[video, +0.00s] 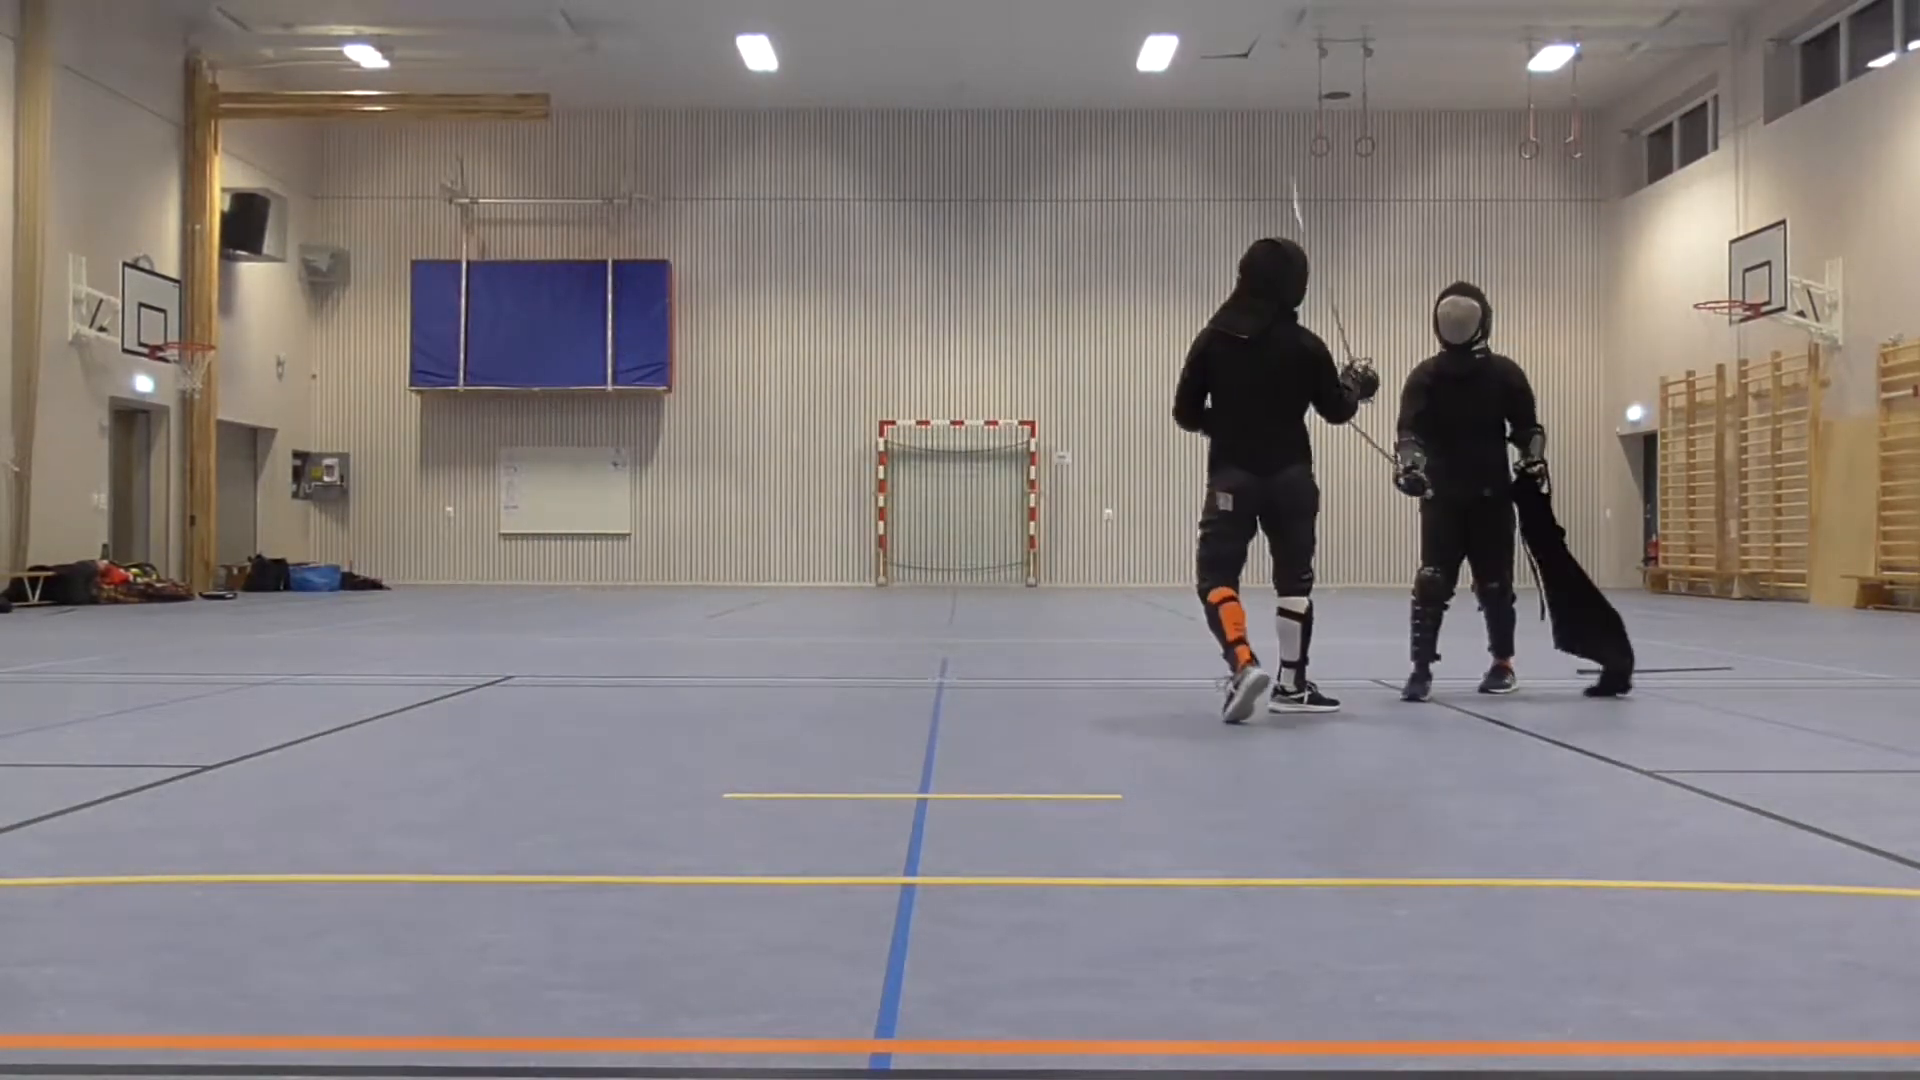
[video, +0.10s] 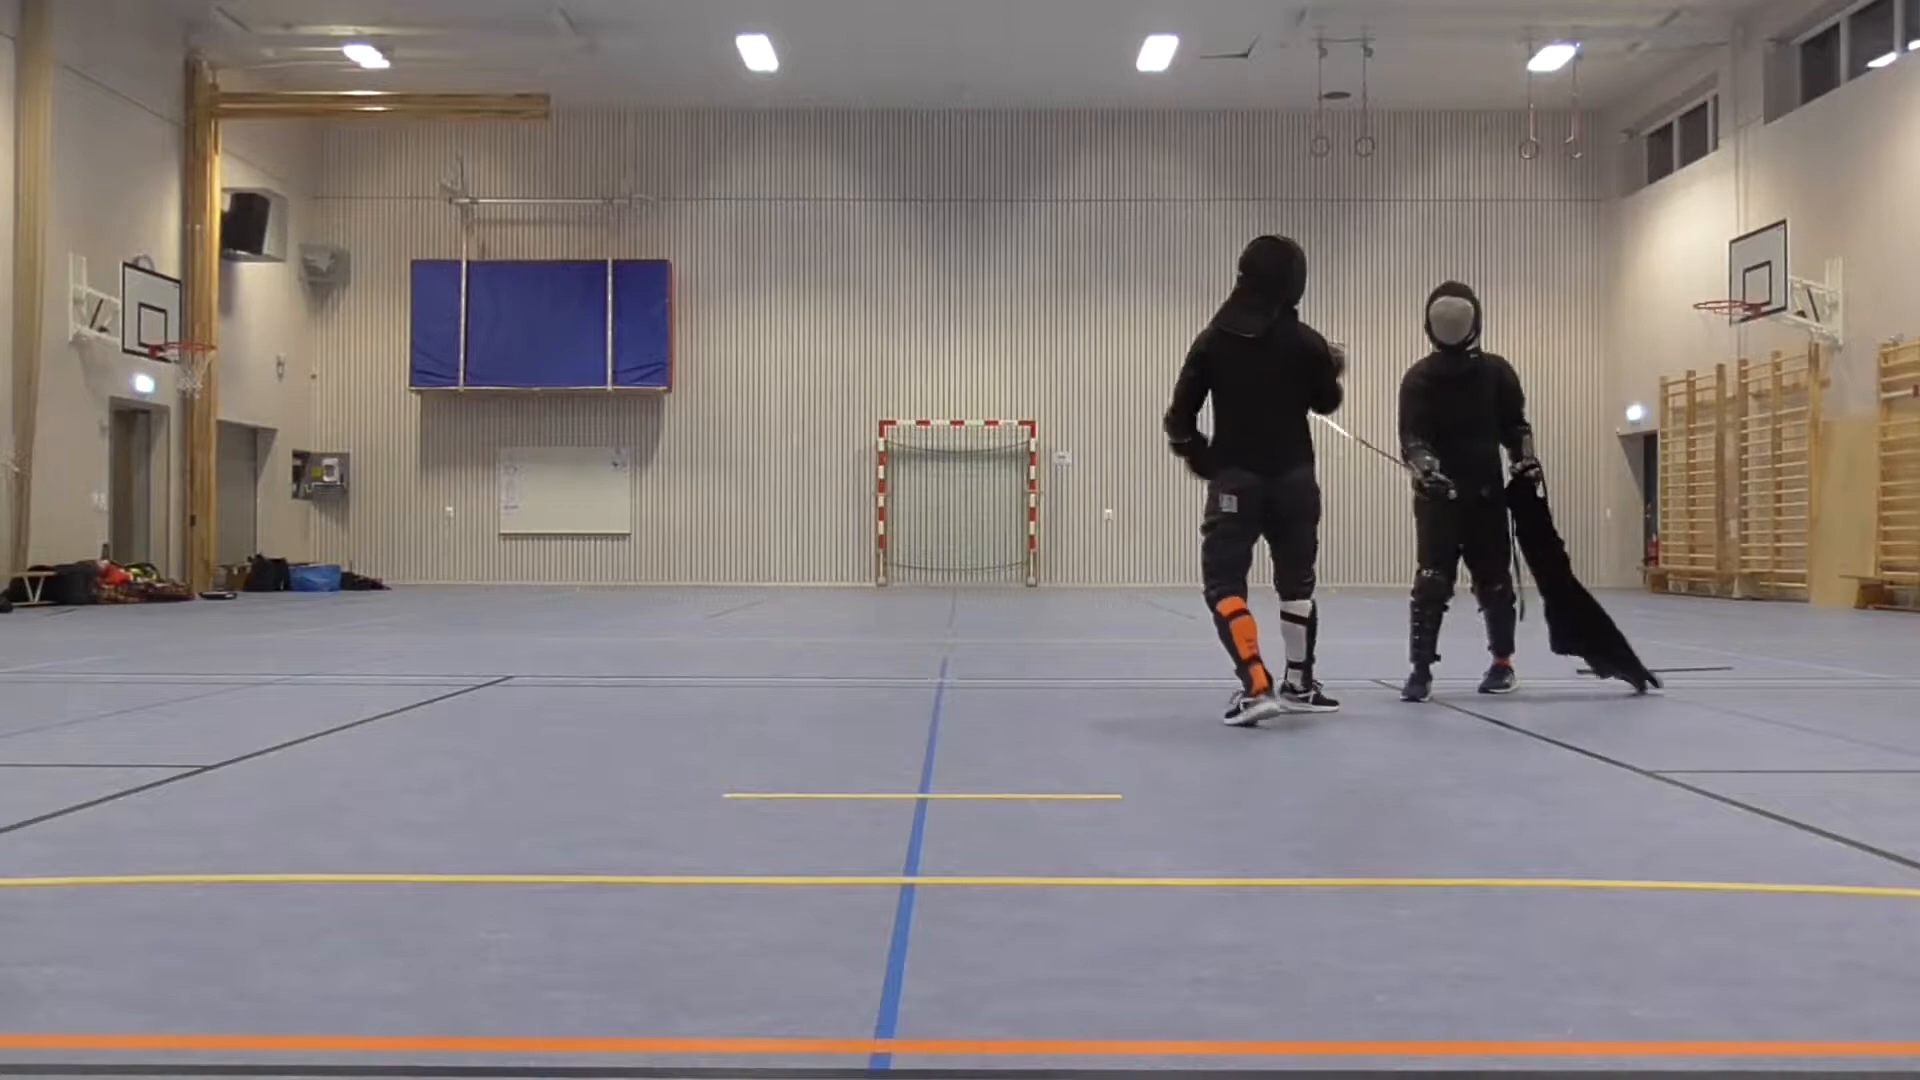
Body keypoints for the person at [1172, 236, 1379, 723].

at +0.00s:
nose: (1304, 290)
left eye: (1302, 282)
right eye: (1301, 283)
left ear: (1246, 280)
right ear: (1294, 288)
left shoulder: (1215, 339)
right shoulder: (1304, 346)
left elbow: (1186, 414)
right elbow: (1335, 411)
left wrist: (1230, 421)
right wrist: (1356, 389)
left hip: (1231, 482)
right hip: (1292, 482)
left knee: (1217, 577)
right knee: (1295, 577)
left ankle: (1244, 667)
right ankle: (1292, 684)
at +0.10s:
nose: (1299, 292)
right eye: (1298, 284)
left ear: (1243, 279)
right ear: (1293, 286)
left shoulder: (1215, 340)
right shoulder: (1306, 343)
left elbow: (1179, 418)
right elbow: (1326, 401)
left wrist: (1206, 464)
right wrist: (1326, 366)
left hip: (1234, 484)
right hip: (1295, 485)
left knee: (1224, 584)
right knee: (1297, 581)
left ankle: (1258, 686)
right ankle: (1300, 683)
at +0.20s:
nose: (1304, 287)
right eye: (1302, 279)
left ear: (1245, 276)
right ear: (1295, 283)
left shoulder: (1217, 337)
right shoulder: (1309, 344)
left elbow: (1179, 404)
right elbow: (1307, 399)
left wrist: (1167, 457)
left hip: (1232, 480)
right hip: (1295, 479)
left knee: (1225, 588)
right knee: (1308, 577)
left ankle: (1261, 696)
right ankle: (1320, 684)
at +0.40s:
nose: (1244, 248)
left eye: (1246, 239)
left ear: (1245, 244)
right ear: (1297, 252)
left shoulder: (1217, 306)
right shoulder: (1311, 319)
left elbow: (1177, 366)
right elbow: (1317, 390)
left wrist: (1162, 423)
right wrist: (1284, 421)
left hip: (1233, 460)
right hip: (1298, 460)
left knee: (1230, 570)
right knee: (1306, 555)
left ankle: (1256, 691)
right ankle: (1311, 649)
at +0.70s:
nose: (1226, 277)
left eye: (1229, 266)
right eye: (1225, 267)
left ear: (1248, 263)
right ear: (1290, 263)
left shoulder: (1234, 319)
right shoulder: (1328, 328)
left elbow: (1206, 402)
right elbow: (1351, 421)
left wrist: (1181, 462)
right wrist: (1323, 457)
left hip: (1245, 474)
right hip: (1309, 483)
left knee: (1192, 574)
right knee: (1285, 588)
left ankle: (1226, 689)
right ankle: (1298, 706)